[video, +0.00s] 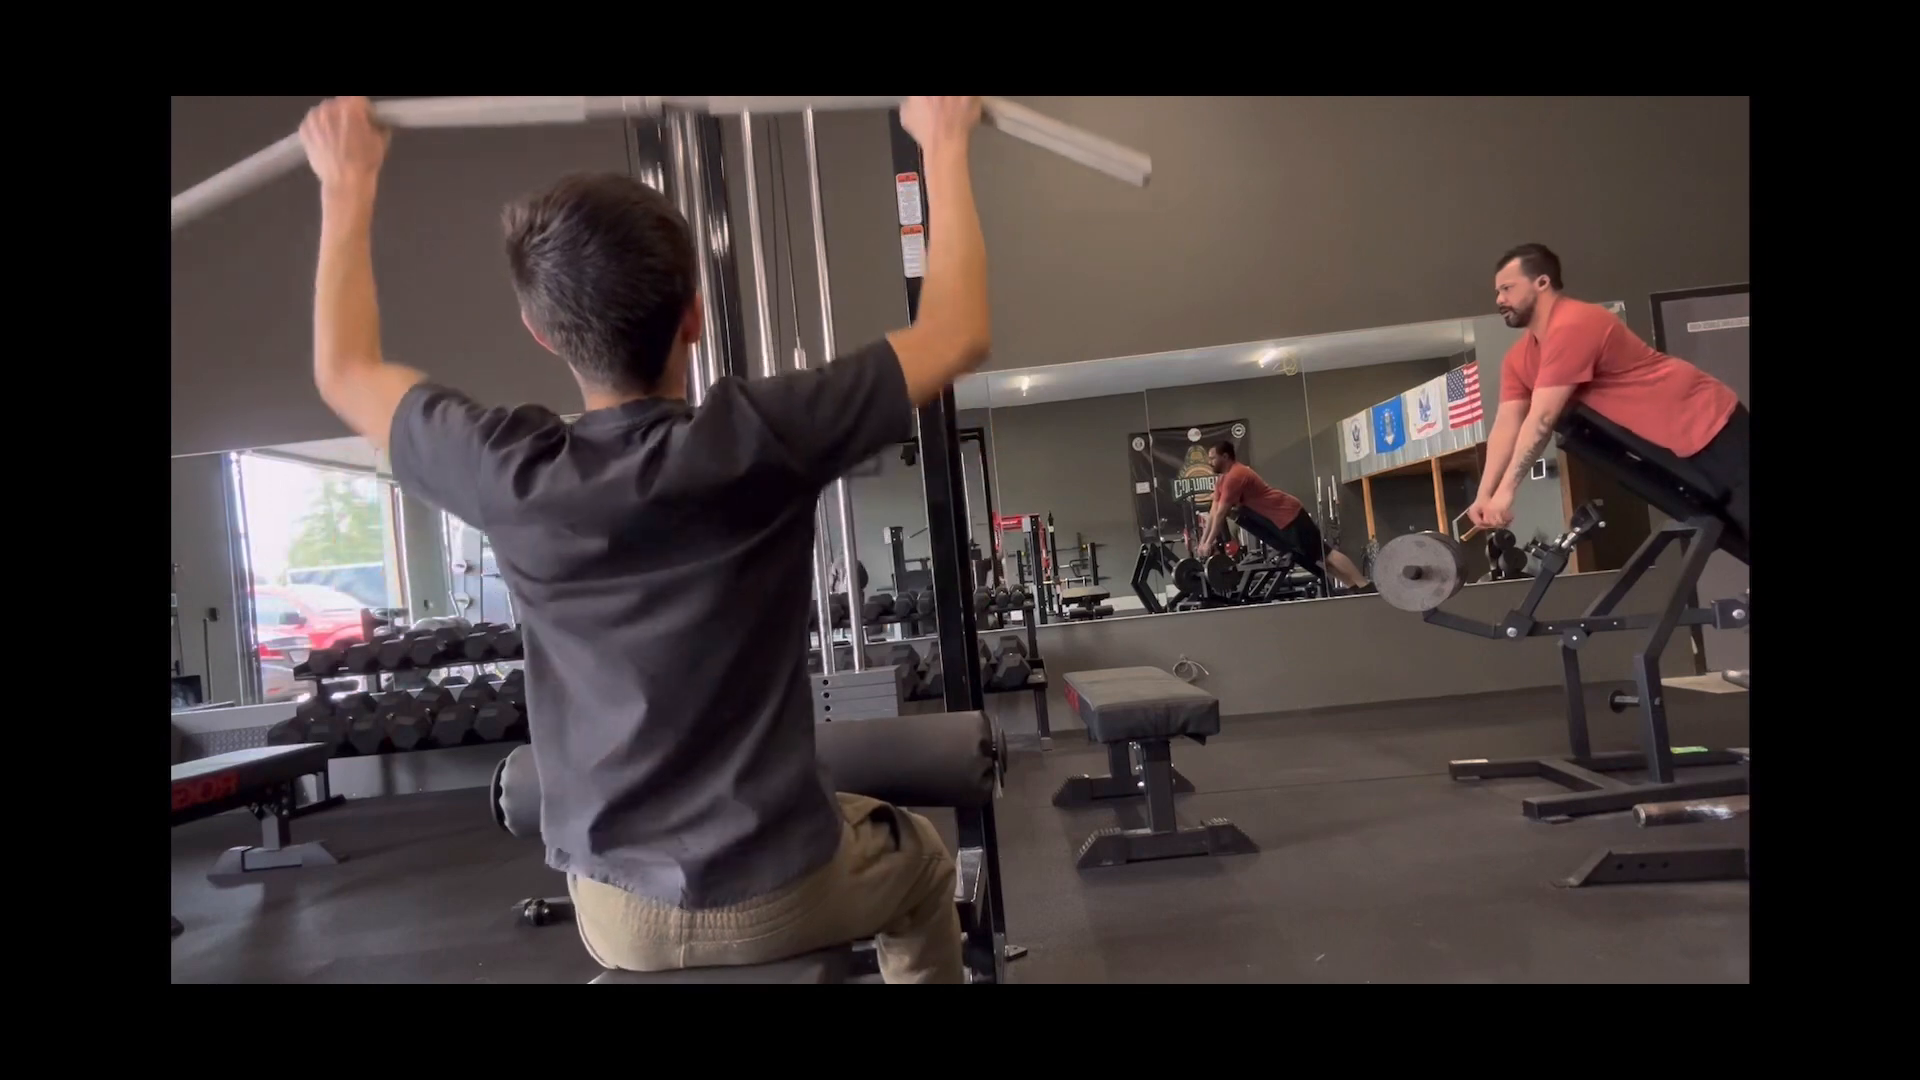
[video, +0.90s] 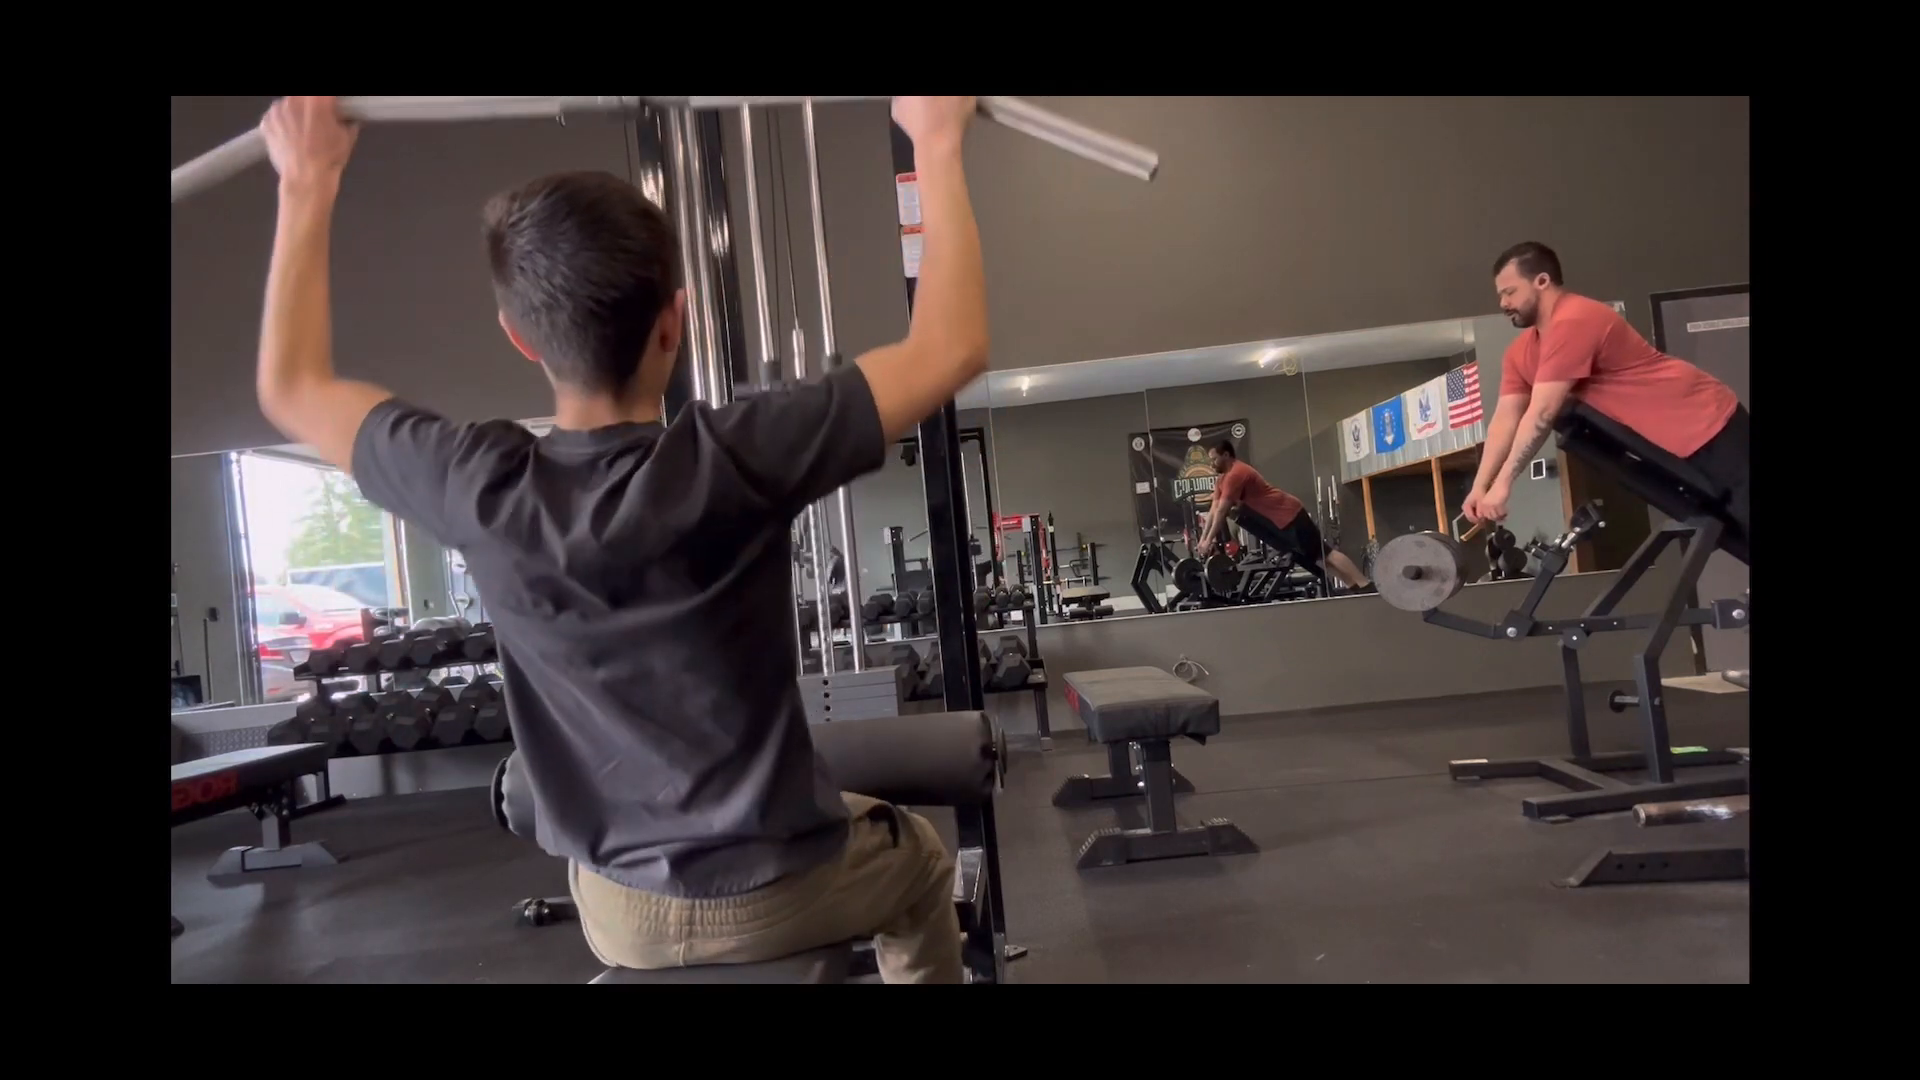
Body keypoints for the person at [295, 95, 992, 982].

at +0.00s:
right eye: (697, 286)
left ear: (539, 333)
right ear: (694, 314)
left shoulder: (511, 471)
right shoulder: (764, 435)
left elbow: (344, 368)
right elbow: (956, 336)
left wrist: (344, 184)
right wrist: (948, 148)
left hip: (610, 912)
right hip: (775, 901)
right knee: (920, 859)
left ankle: (621, 975)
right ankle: (927, 981)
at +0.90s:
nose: (685, 308)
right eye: (682, 293)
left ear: (516, 338)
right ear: (675, 316)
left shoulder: (479, 481)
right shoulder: (744, 452)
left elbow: (290, 387)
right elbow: (951, 349)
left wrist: (305, 183)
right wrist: (939, 145)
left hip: (612, 909)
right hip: (772, 899)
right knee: (919, 862)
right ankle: (924, 981)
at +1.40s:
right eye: (693, 306)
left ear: (533, 344)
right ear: (687, 323)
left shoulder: (502, 519)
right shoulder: (742, 487)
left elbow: (305, 695)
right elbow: (956, 621)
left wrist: (341, 498)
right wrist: (969, 440)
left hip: (608, 917)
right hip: (775, 906)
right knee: (920, 850)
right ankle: (927, 976)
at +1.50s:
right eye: (698, 299)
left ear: (538, 345)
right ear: (691, 321)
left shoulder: (503, 515)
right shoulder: (750, 485)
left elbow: (305, 669)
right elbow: (964, 606)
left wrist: (342, 474)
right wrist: (968, 428)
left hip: (610, 917)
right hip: (777, 906)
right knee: (918, 850)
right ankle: (929, 977)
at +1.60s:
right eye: (698, 302)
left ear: (540, 346)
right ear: (693, 322)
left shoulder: (499, 512)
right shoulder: (753, 479)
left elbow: (300, 614)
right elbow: (978, 555)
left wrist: (344, 426)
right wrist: (968, 381)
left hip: (611, 915)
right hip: (781, 904)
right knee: (921, 849)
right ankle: (927, 976)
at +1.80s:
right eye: (695, 298)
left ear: (534, 340)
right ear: (691, 320)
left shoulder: (496, 494)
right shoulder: (764, 460)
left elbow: (317, 453)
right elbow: (967, 410)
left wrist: (344, 275)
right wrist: (955, 229)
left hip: (610, 914)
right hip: (777, 905)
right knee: (925, 858)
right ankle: (923, 976)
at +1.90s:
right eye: (696, 293)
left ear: (535, 336)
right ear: (693, 316)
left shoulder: (503, 477)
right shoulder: (761, 445)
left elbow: (335, 378)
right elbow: (944, 345)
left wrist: (342, 199)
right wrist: (945, 160)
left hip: (612, 912)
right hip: (778, 904)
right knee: (920, 860)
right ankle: (931, 981)